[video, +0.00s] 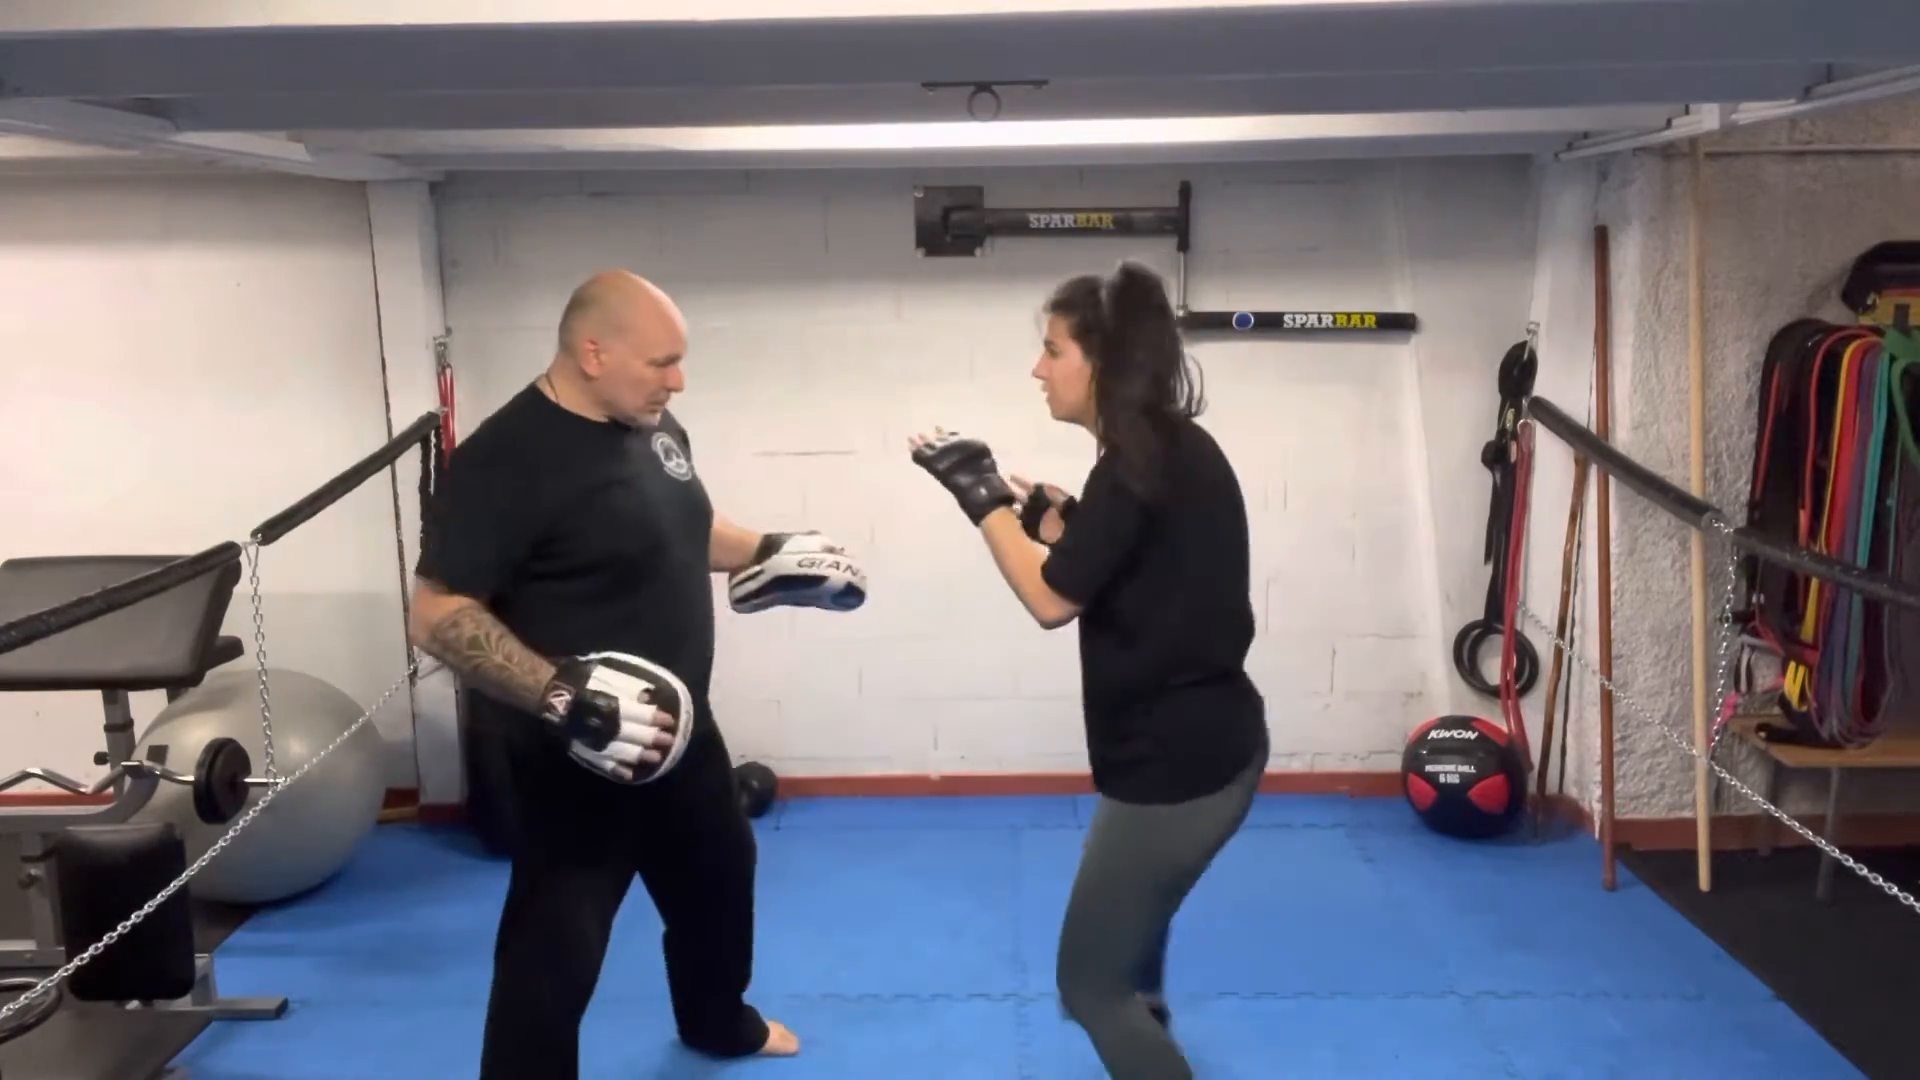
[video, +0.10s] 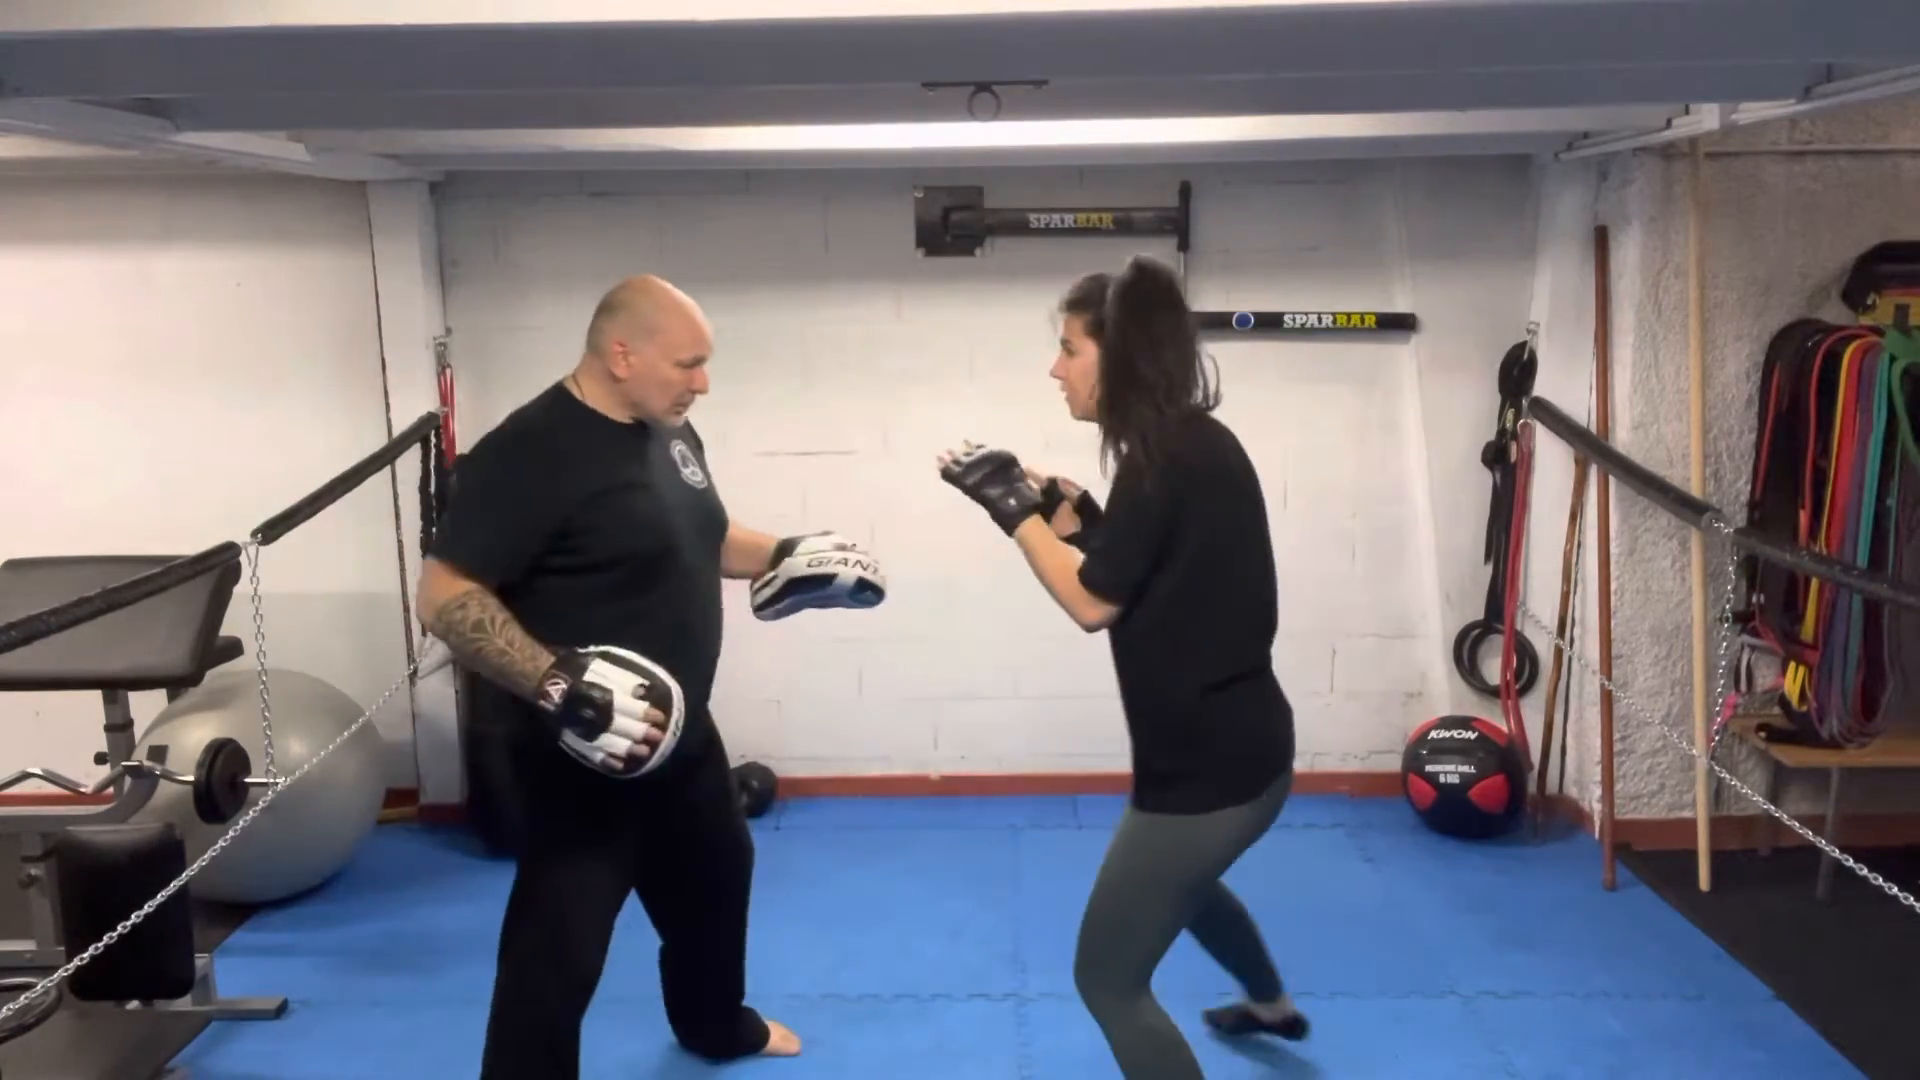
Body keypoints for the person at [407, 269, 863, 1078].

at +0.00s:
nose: (678, 380)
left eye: (680, 360)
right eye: (663, 361)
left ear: (605, 356)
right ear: (594, 353)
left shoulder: (654, 433)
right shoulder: (497, 462)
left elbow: (681, 532)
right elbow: (436, 614)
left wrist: (775, 551)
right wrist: (564, 695)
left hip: (680, 743)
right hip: (570, 762)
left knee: (717, 881)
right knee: (550, 959)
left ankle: (716, 1021)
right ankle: (526, 1070)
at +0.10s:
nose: (703, 383)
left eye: (705, 364)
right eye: (689, 364)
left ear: (634, 360)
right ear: (621, 357)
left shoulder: (669, 437)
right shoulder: (522, 454)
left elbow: (694, 540)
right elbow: (445, 595)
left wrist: (793, 555)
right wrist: (558, 686)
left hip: (679, 747)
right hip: (576, 764)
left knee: (716, 878)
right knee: (554, 958)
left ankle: (713, 1025)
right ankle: (527, 1071)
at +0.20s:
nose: (732, 388)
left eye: (734, 370)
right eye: (719, 369)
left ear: (663, 362)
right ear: (654, 358)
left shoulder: (691, 443)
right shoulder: (547, 444)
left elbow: (711, 546)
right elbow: (478, 581)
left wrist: (799, 564)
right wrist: (593, 669)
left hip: (680, 741)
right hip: (568, 751)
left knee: (719, 874)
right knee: (552, 951)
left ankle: (715, 1023)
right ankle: (523, 1070)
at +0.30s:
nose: (755, 393)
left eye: (757, 376)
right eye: (743, 376)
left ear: (689, 367)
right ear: (682, 364)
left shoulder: (704, 444)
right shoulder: (572, 436)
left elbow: (721, 546)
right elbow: (522, 576)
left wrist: (797, 574)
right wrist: (650, 648)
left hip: (669, 722)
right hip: (564, 726)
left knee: (711, 870)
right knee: (544, 918)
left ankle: (714, 1022)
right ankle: (510, 1066)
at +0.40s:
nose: (759, 397)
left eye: (761, 380)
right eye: (747, 380)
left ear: (691, 372)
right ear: (686, 369)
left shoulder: (704, 442)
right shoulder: (585, 430)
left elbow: (721, 544)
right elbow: (568, 581)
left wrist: (792, 564)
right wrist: (708, 622)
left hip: (670, 718)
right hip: (569, 726)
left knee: (707, 871)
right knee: (536, 918)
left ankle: (712, 1021)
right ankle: (495, 1066)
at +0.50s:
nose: (743, 395)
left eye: (745, 378)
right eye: (731, 376)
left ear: (677, 367)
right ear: (669, 363)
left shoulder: (688, 438)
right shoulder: (578, 429)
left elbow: (715, 535)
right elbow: (604, 580)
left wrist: (788, 559)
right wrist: (748, 587)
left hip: (660, 717)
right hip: (558, 725)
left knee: (698, 874)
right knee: (529, 913)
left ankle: (713, 1022)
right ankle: (465, 1071)